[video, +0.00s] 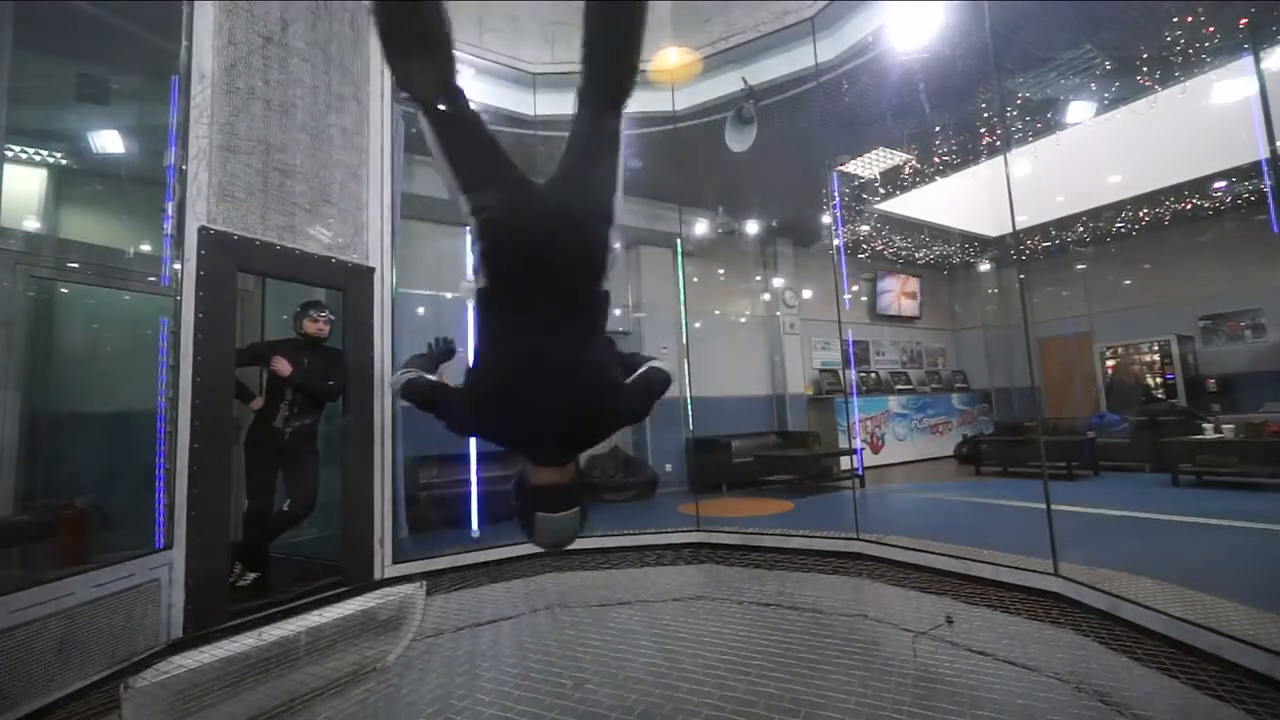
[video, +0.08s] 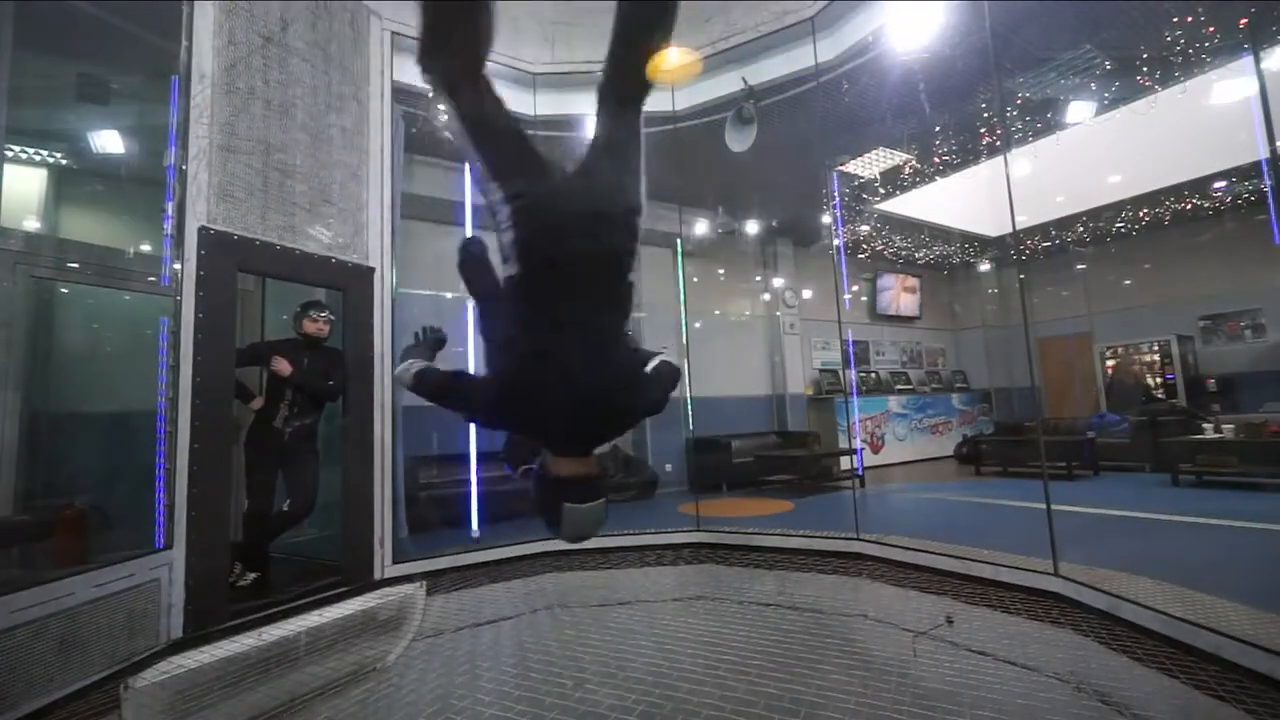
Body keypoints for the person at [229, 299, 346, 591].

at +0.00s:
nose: (322, 324)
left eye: (326, 320)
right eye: (315, 319)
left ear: (331, 326)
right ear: (300, 323)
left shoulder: (334, 357)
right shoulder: (279, 349)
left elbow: (332, 393)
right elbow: (223, 361)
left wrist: (292, 374)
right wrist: (249, 397)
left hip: (302, 441)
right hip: (264, 436)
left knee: (303, 504)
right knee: (260, 504)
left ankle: (242, 553)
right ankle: (254, 571)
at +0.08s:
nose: (322, 324)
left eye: (326, 320)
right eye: (315, 319)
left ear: (331, 326)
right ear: (300, 323)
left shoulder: (334, 357)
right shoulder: (279, 349)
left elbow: (333, 393)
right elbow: (223, 361)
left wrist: (292, 373)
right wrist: (249, 397)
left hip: (302, 442)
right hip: (264, 437)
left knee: (303, 504)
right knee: (260, 504)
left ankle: (243, 553)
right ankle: (254, 570)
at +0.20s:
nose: (321, 324)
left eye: (326, 320)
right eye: (314, 319)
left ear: (331, 326)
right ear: (300, 323)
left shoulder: (335, 357)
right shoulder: (280, 348)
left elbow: (332, 393)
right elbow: (223, 361)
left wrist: (293, 374)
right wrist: (249, 397)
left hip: (302, 442)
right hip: (264, 437)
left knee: (302, 505)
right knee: (260, 504)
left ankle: (243, 553)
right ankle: (254, 570)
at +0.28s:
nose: (322, 324)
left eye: (326, 320)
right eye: (315, 319)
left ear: (330, 325)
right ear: (300, 323)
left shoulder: (334, 357)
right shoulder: (280, 348)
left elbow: (332, 393)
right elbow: (223, 361)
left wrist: (292, 374)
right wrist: (250, 397)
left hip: (302, 442)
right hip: (264, 437)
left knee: (303, 505)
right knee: (260, 504)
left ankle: (243, 553)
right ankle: (254, 570)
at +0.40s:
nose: (320, 324)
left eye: (325, 320)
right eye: (313, 319)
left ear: (330, 326)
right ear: (299, 322)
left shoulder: (333, 357)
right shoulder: (280, 348)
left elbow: (332, 393)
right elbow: (224, 361)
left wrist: (292, 374)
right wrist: (249, 397)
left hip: (302, 442)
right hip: (264, 437)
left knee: (302, 505)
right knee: (260, 505)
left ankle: (243, 553)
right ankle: (254, 570)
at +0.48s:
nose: (320, 324)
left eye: (325, 320)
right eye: (314, 318)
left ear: (330, 326)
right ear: (299, 322)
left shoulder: (334, 358)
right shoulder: (279, 348)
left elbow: (331, 393)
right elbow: (223, 362)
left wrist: (292, 373)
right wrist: (249, 397)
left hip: (302, 442)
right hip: (264, 437)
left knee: (303, 505)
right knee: (260, 505)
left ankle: (243, 553)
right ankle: (254, 570)